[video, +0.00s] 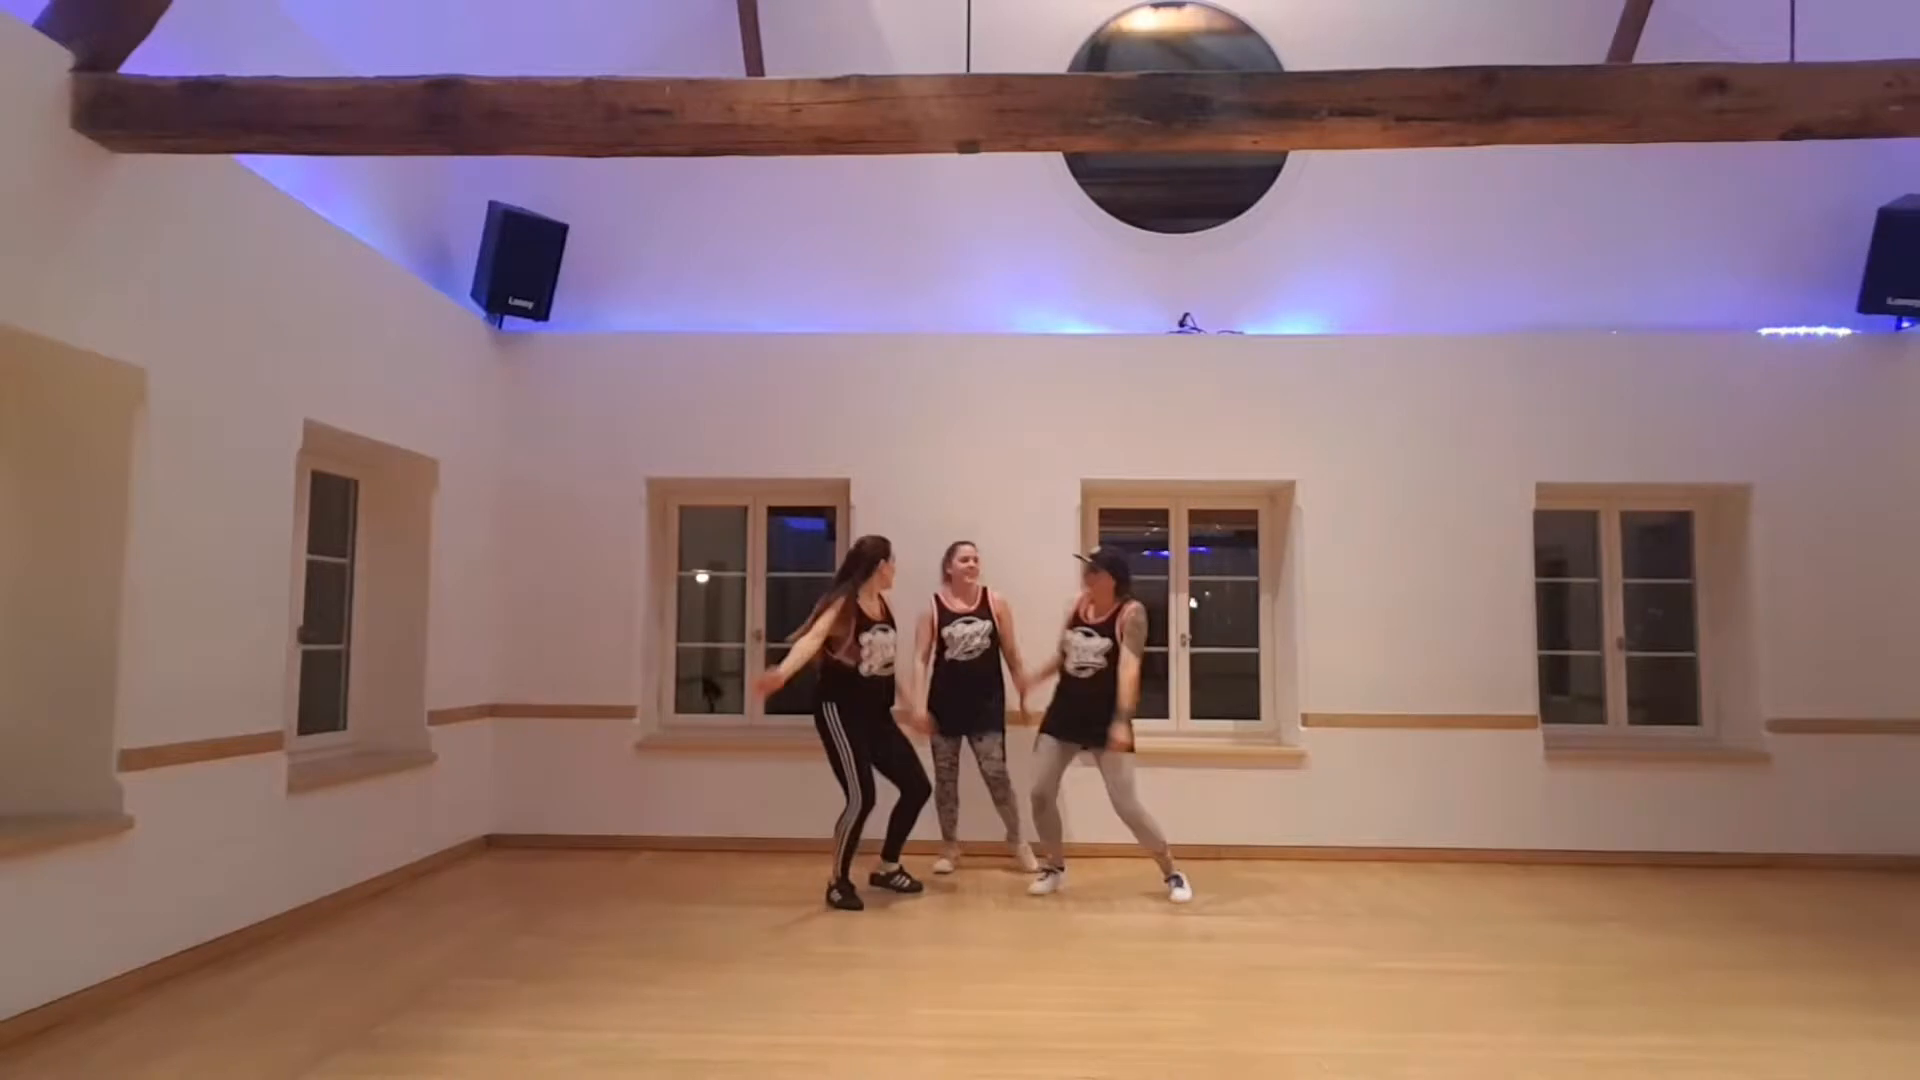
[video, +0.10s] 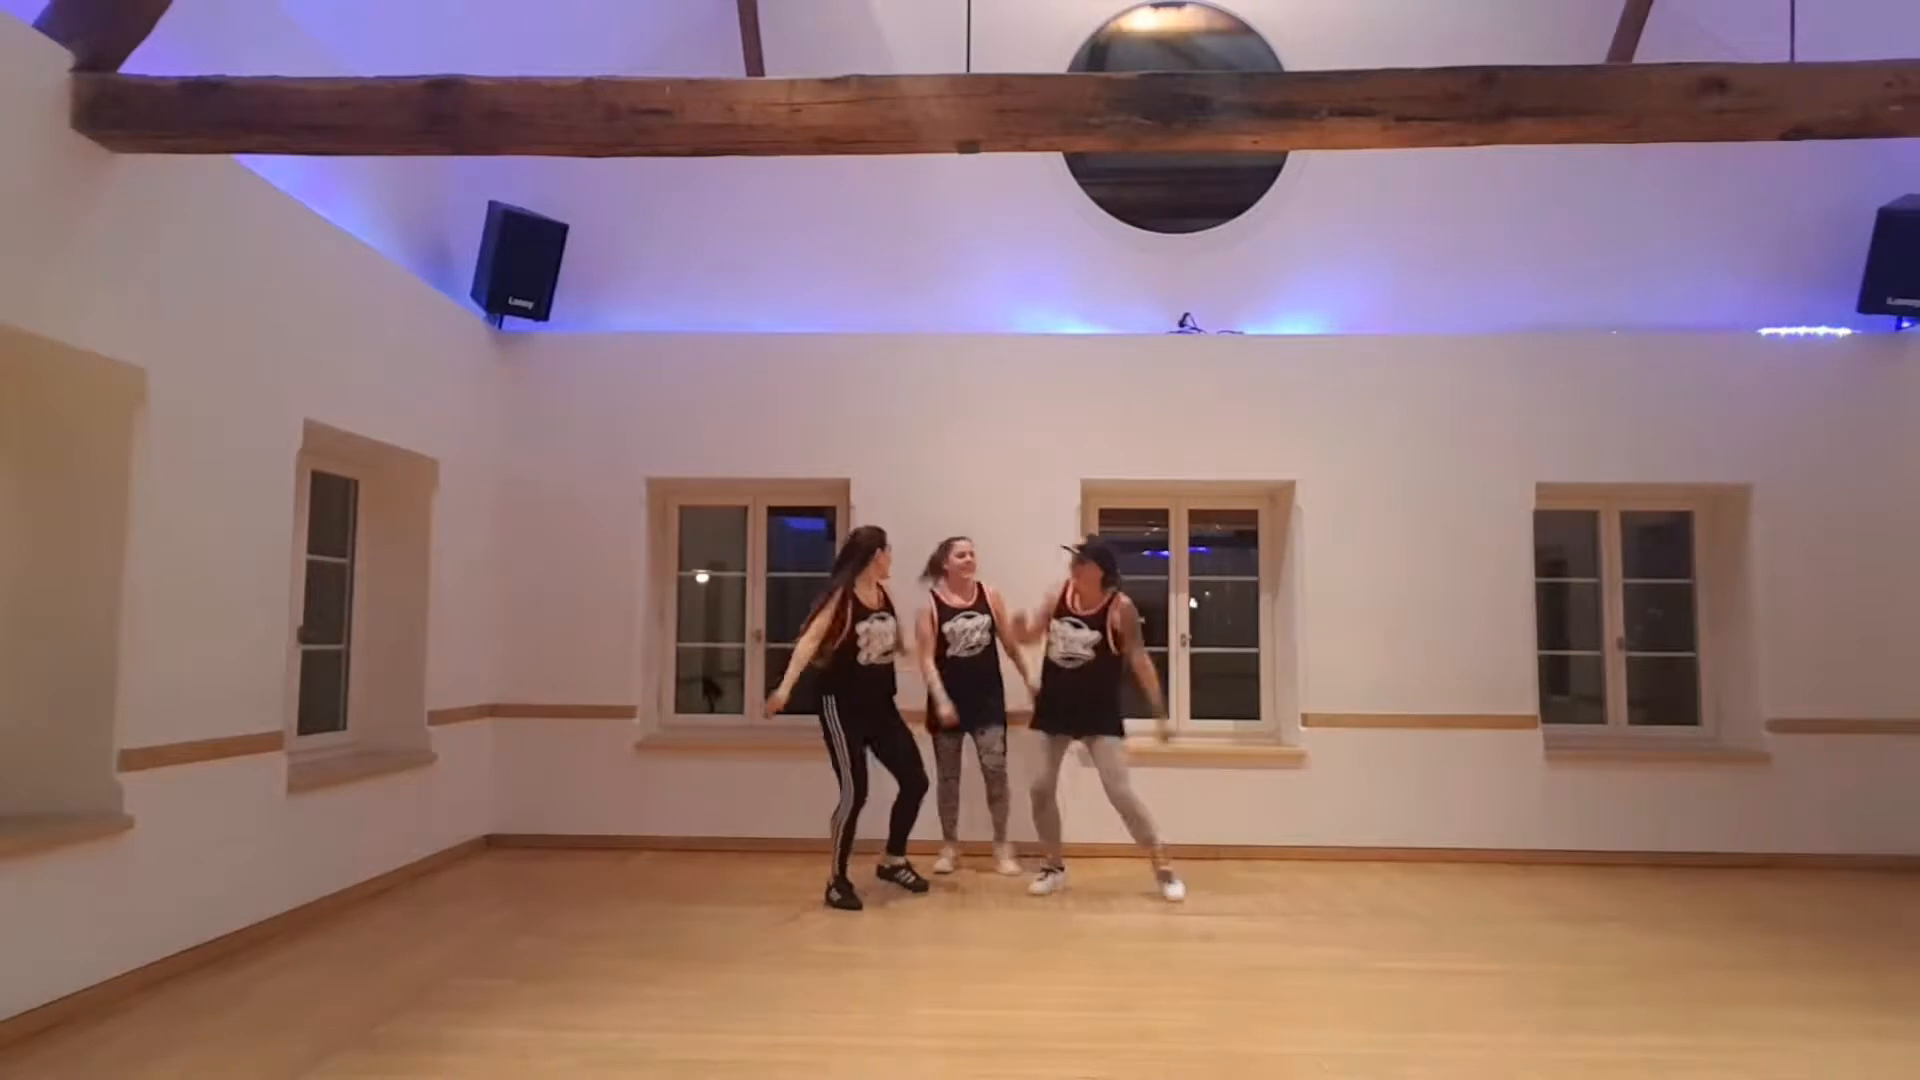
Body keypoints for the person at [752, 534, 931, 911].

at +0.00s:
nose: (894, 569)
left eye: (893, 562)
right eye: (891, 562)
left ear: (872, 567)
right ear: (878, 566)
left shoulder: (882, 604)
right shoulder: (842, 604)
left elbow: (887, 665)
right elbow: (812, 639)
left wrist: (909, 710)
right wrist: (782, 672)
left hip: (874, 711)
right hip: (838, 710)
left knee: (918, 788)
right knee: (861, 796)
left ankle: (887, 867)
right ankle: (838, 882)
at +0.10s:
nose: (891, 557)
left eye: (889, 551)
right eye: (887, 551)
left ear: (873, 556)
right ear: (872, 556)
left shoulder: (883, 595)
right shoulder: (840, 598)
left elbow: (895, 645)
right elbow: (808, 641)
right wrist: (785, 688)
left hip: (878, 702)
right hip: (840, 703)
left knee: (915, 782)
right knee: (853, 790)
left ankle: (893, 861)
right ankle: (837, 880)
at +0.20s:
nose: (888, 550)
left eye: (885, 543)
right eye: (884, 543)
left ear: (872, 550)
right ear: (871, 549)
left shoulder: (893, 589)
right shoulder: (842, 591)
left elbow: (921, 631)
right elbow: (816, 641)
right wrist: (798, 691)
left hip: (884, 700)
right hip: (844, 701)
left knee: (911, 783)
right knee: (846, 791)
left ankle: (904, 862)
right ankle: (835, 879)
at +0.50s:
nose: (896, 565)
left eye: (892, 559)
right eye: (890, 560)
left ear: (882, 570)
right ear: (877, 568)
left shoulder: (903, 607)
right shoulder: (860, 609)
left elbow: (919, 656)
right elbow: (844, 663)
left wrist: (929, 623)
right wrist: (846, 718)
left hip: (911, 714)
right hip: (875, 717)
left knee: (934, 793)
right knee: (860, 800)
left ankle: (906, 866)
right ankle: (835, 880)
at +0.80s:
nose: (914, 549)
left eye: (911, 543)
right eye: (910, 544)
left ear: (892, 553)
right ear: (904, 551)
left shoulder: (910, 591)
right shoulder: (895, 592)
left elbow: (910, 640)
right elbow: (885, 642)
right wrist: (886, 692)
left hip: (918, 694)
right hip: (897, 696)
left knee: (921, 779)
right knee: (899, 778)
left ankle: (905, 863)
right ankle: (853, 859)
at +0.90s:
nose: (917, 551)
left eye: (913, 545)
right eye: (914, 547)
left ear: (885, 553)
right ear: (911, 551)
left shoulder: (889, 587)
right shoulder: (903, 589)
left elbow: (893, 642)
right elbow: (895, 643)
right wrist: (907, 688)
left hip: (907, 691)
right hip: (897, 692)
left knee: (919, 781)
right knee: (914, 783)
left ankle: (905, 863)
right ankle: (864, 853)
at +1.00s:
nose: (921, 561)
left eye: (917, 555)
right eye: (919, 556)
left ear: (888, 561)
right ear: (915, 560)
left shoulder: (884, 596)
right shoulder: (911, 597)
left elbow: (868, 638)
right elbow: (905, 652)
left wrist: (884, 670)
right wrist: (937, 679)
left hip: (888, 698)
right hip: (901, 701)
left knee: (929, 788)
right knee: (930, 792)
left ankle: (906, 865)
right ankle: (869, 855)